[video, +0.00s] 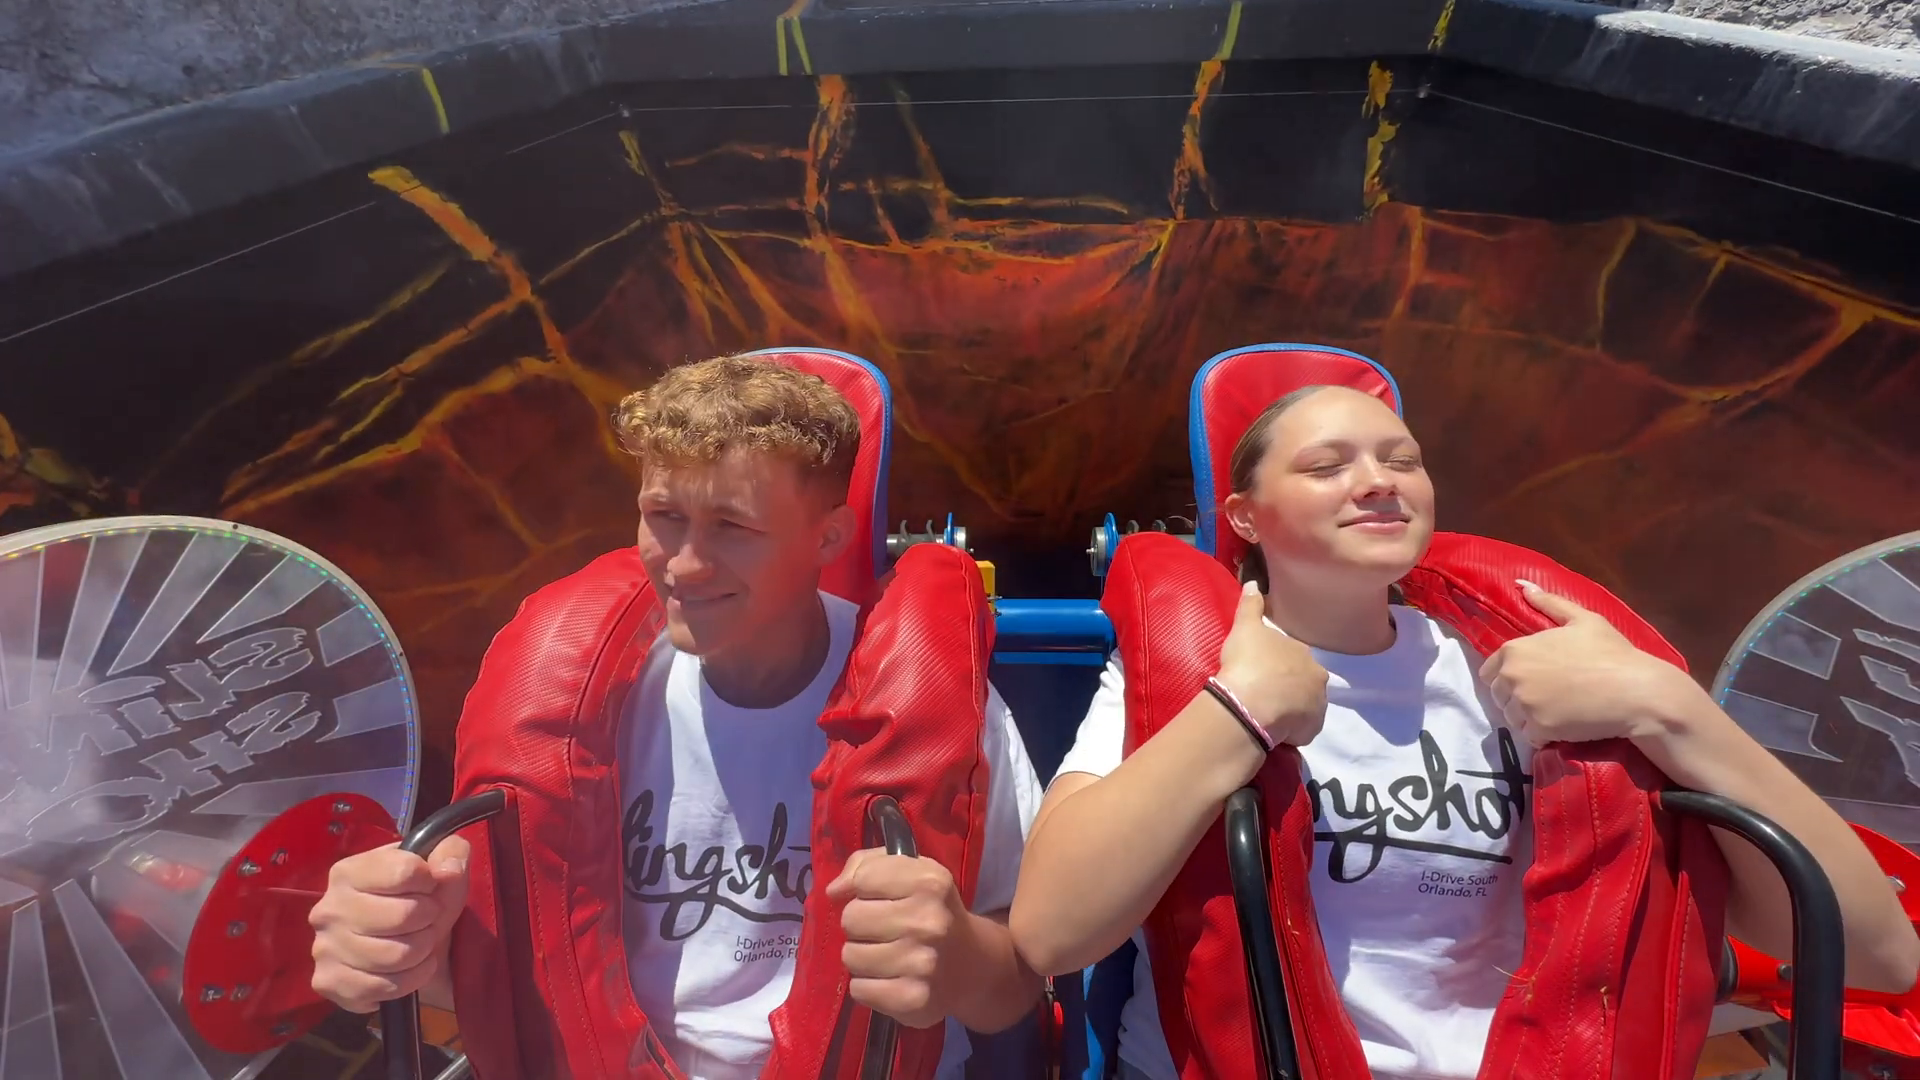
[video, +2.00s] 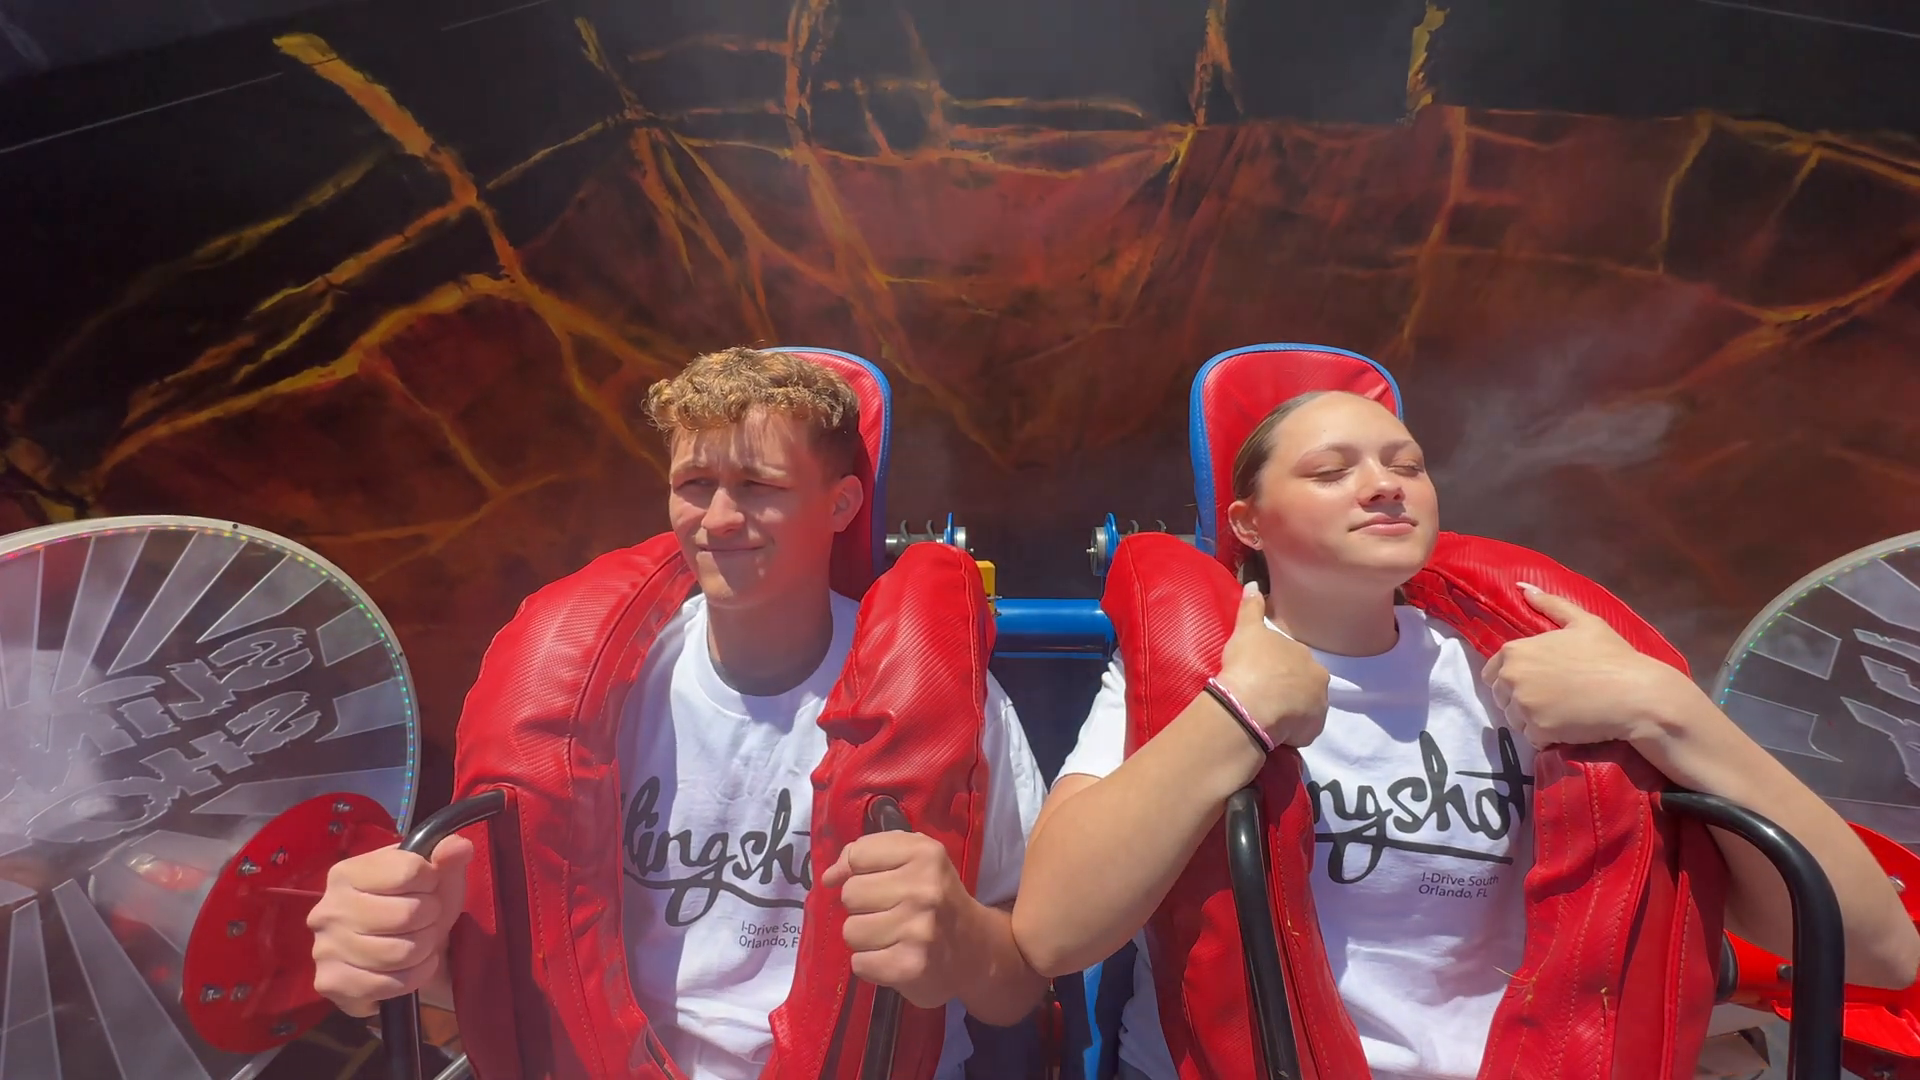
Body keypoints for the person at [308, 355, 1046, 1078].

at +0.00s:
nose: (682, 563)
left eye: (732, 525)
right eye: (662, 516)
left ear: (828, 536)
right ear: (638, 511)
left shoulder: (937, 707)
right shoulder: (574, 692)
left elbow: (1017, 989)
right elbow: (512, 991)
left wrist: (965, 957)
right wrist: (418, 948)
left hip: (834, 1066)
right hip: (614, 1061)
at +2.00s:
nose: (720, 519)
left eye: (759, 487)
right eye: (697, 486)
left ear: (845, 503)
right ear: (669, 493)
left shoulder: (937, 695)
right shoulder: (582, 672)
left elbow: (1021, 989)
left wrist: (968, 944)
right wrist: (420, 951)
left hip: (832, 1067)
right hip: (606, 1061)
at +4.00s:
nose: (727, 522)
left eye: (766, 490)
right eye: (704, 488)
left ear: (846, 507)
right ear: (674, 493)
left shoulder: (935, 690)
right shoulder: (583, 673)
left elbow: (1025, 962)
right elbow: (505, 932)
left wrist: (969, 945)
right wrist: (410, 944)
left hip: (831, 1062)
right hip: (612, 1057)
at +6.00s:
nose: (725, 523)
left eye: (764, 491)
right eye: (702, 489)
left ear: (845, 506)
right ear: (673, 491)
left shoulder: (934, 688)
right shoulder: (582, 673)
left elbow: (1027, 957)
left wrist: (969, 946)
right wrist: (415, 944)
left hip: (837, 1064)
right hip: (616, 1059)